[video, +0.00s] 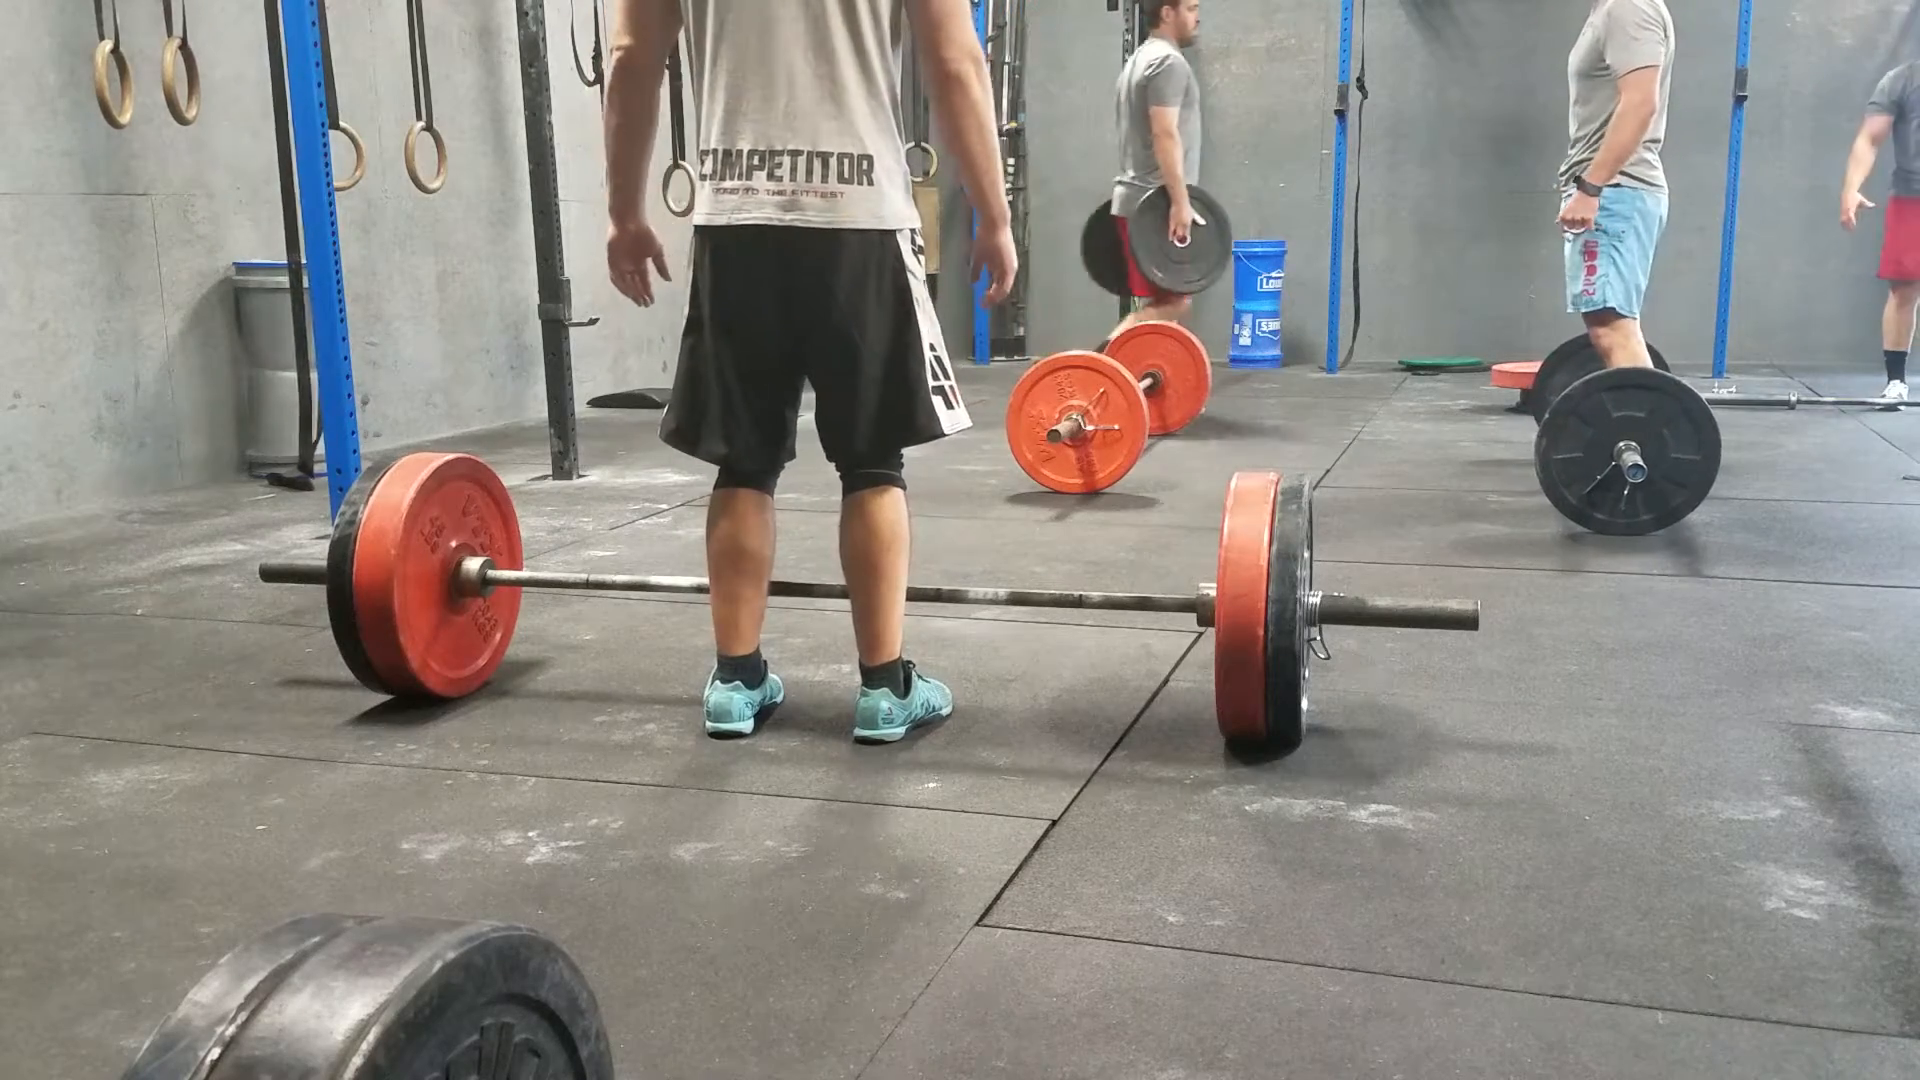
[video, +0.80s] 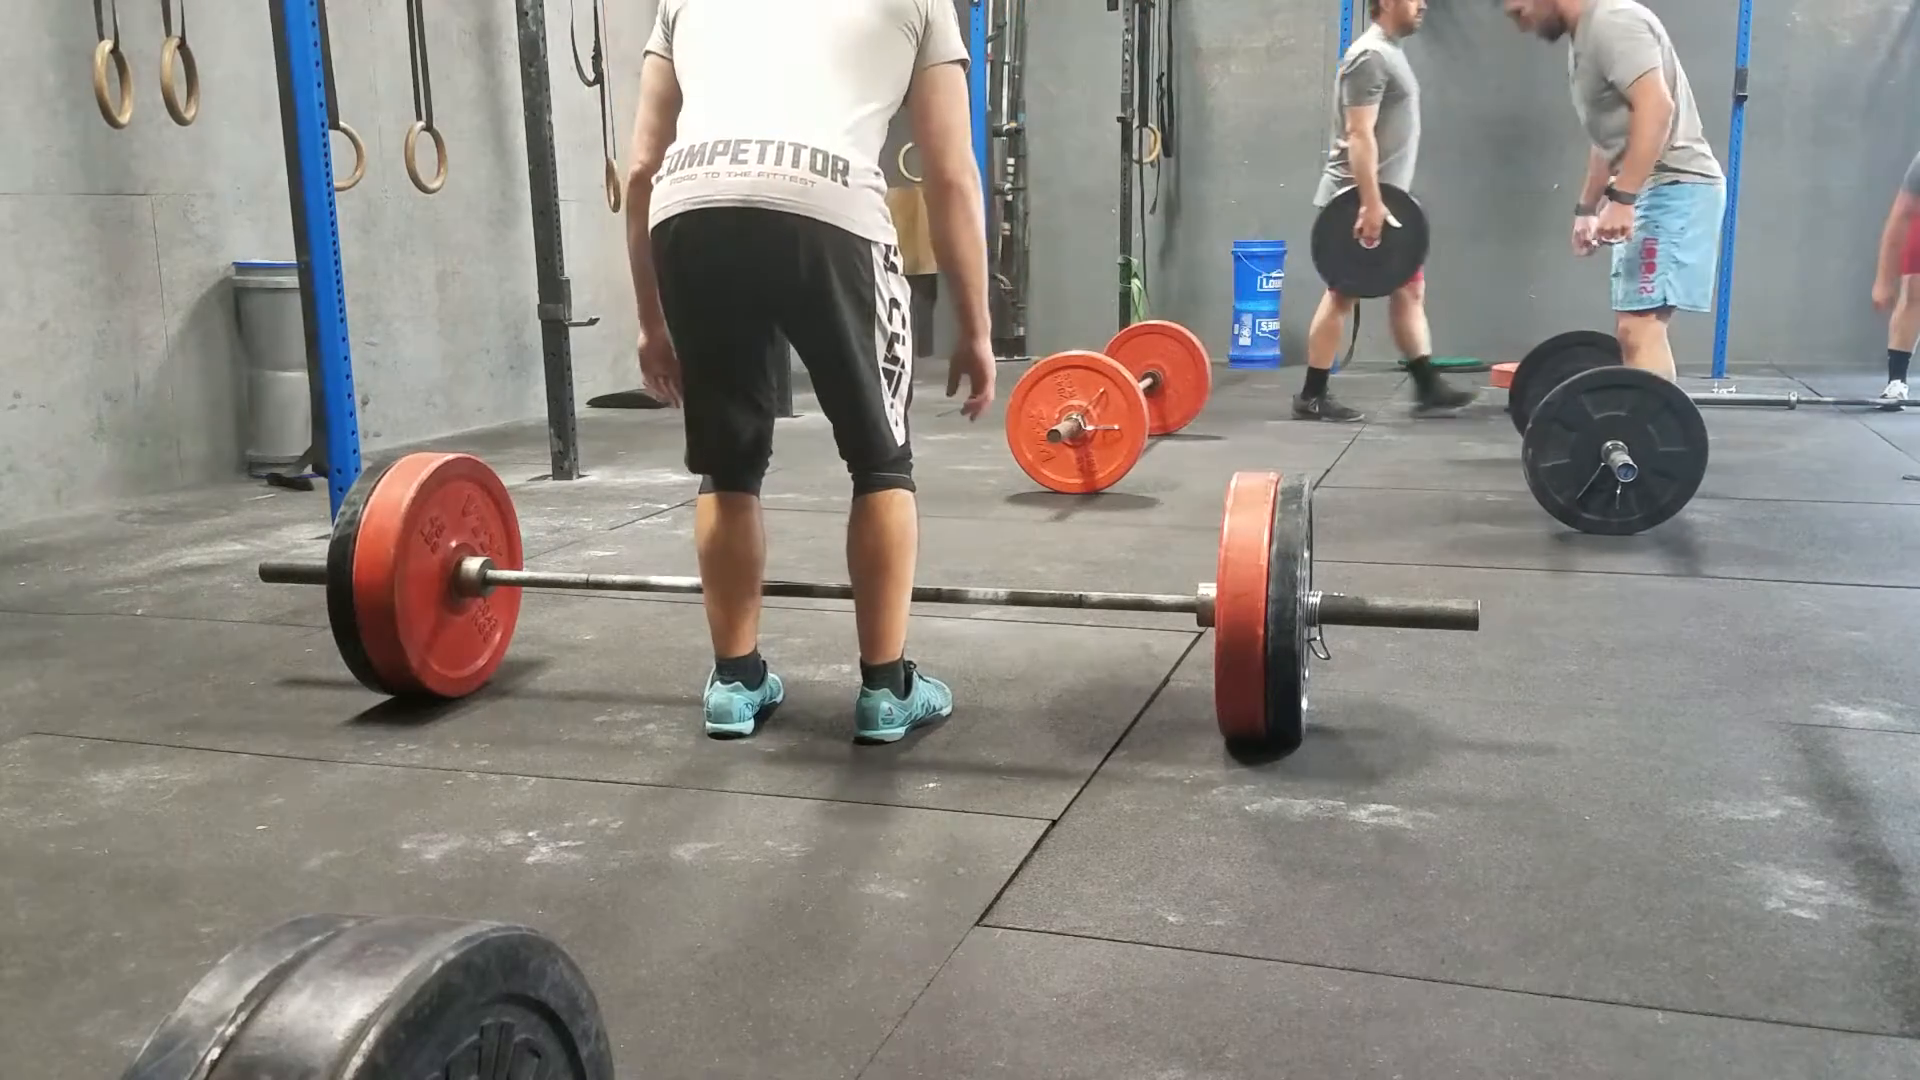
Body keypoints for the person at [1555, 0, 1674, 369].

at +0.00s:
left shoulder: (1629, 9)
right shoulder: (1614, 10)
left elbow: (1639, 103)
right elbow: (1630, 106)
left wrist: (1590, 187)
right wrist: (1585, 187)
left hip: (1619, 191)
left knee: (1612, 331)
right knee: (1615, 329)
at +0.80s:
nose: (1520, 25)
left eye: (1517, 12)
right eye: (1514, 17)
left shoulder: (1612, 21)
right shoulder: (1585, 36)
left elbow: (1656, 107)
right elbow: (1607, 133)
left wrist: (1622, 198)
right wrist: (1588, 207)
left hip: (1674, 183)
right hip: (1650, 185)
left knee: (1639, 329)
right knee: (1638, 329)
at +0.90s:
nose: (1508, 72)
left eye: (1503, 60)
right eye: (1500, 64)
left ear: (1523, 33)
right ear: (1526, 34)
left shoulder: (1593, 47)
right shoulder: (1578, 66)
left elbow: (1650, 121)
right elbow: (1601, 164)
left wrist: (1629, 216)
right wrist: (1587, 238)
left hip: (1694, 186)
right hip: (1676, 188)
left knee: (1642, 327)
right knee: (1643, 329)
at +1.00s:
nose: (1501, 119)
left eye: (1495, 109)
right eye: (1493, 114)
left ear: (1512, 76)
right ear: (1511, 76)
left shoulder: (1580, 77)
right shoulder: (1562, 115)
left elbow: (1645, 144)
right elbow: (1593, 195)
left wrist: (1640, 236)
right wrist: (1586, 274)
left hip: (1711, 188)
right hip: (1686, 192)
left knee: (1646, 328)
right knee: (1647, 331)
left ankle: (1659, 458)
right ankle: (1661, 457)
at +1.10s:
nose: (1497, 159)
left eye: (1490, 150)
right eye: (1488, 156)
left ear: (1501, 121)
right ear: (1500, 121)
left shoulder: (1569, 109)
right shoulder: (1555, 149)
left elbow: (1645, 164)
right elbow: (1586, 227)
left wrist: (1652, 252)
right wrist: (1580, 308)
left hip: (1721, 187)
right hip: (1699, 193)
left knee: (1650, 324)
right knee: (1646, 325)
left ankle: (1658, 455)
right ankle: (1658, 453)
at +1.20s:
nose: (1496, 197)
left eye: (1487, 189)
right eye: (1486, 195)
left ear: (1496, 161)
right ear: (1497, 158)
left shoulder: (1562, 138)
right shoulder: (1554, 178)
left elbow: (1644, 179)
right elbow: (1582, 258)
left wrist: (1663, 265)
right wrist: (1573, 339)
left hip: (1724, 191)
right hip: (1705, 198)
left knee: (1648, 324)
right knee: (1651, 328)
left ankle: (1658, 455)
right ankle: (1657, 455)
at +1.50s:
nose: (1499, 261)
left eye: (1488, 255)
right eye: (1489, 259)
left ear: (1488, 226)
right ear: (1491, 222)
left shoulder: (1547, 192)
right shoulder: (1548, 230)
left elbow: (1629, 227)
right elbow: (1577, 307)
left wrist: (1658, 309)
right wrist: (1580, 390)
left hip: (1726, 193)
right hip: (1705, 202)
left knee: (1634, 328)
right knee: (1631, 327)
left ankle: (1660, 452)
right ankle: (1653, 450)